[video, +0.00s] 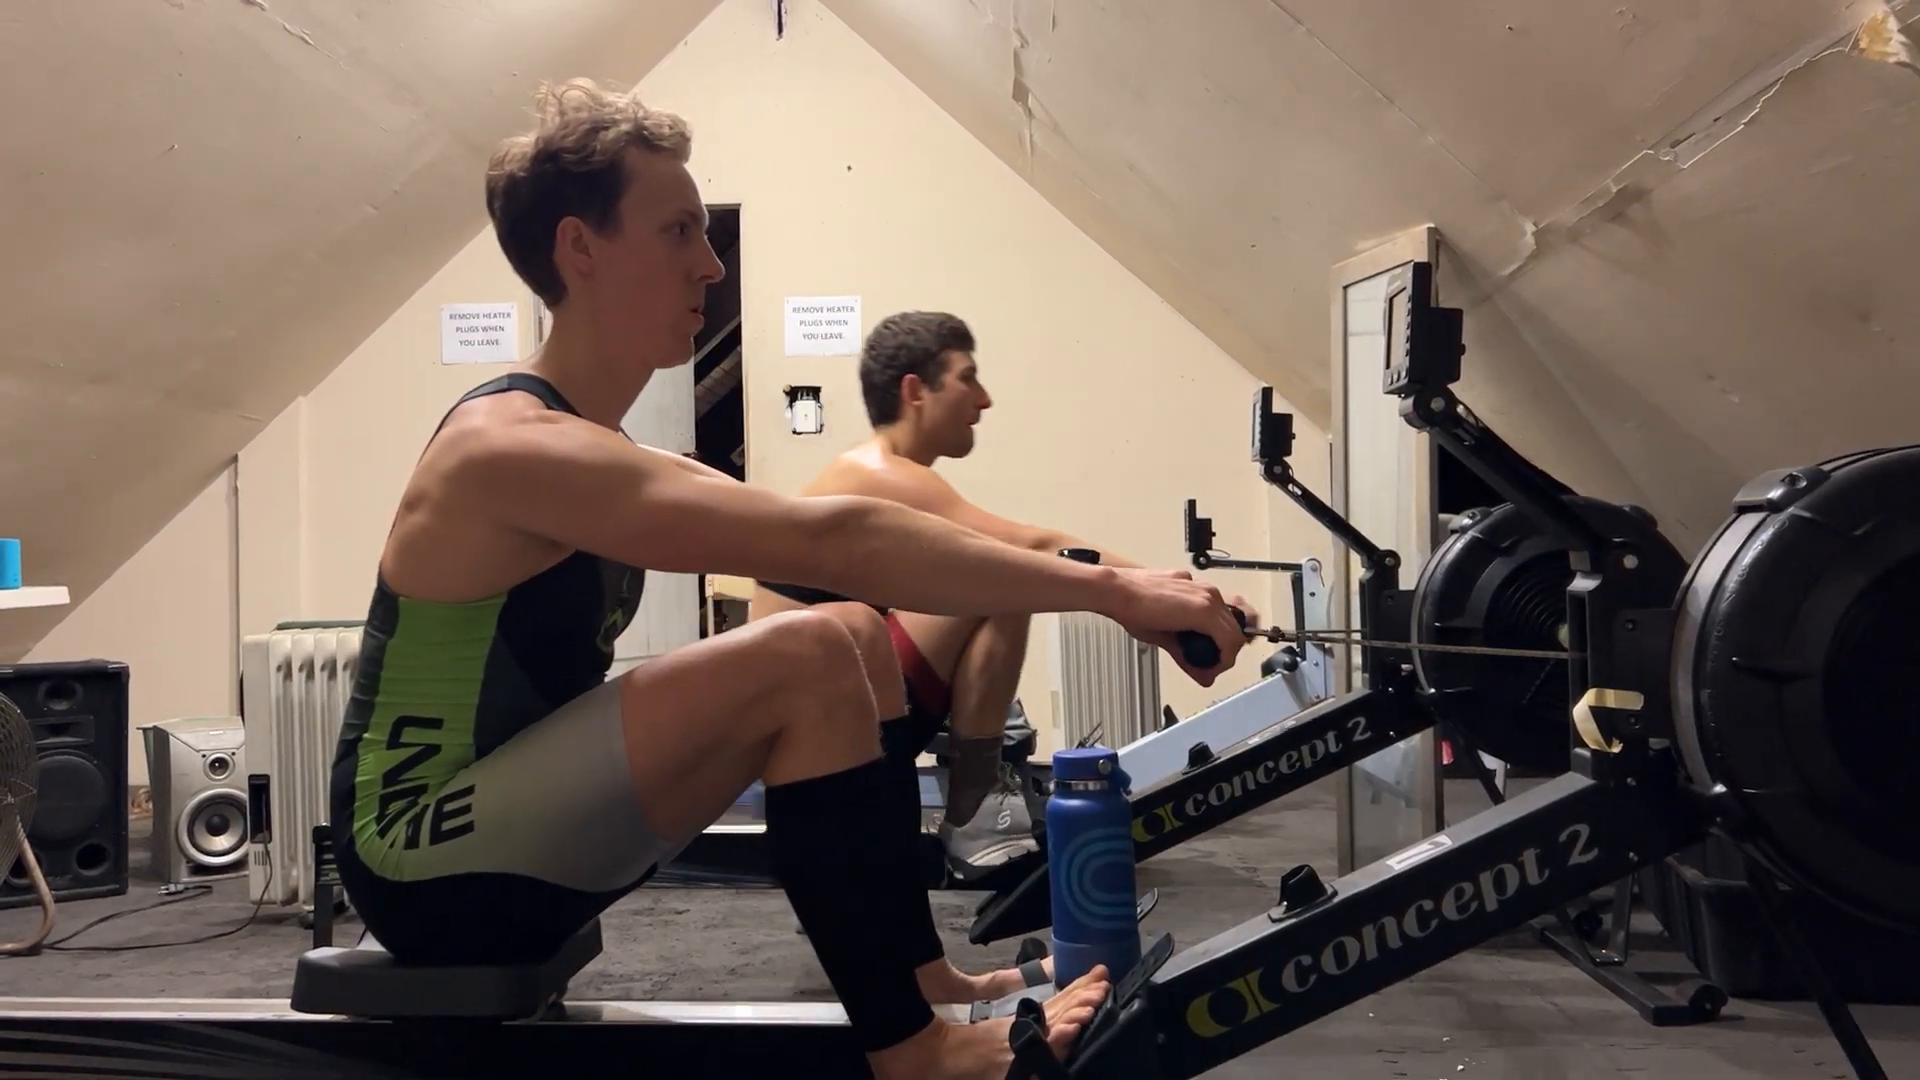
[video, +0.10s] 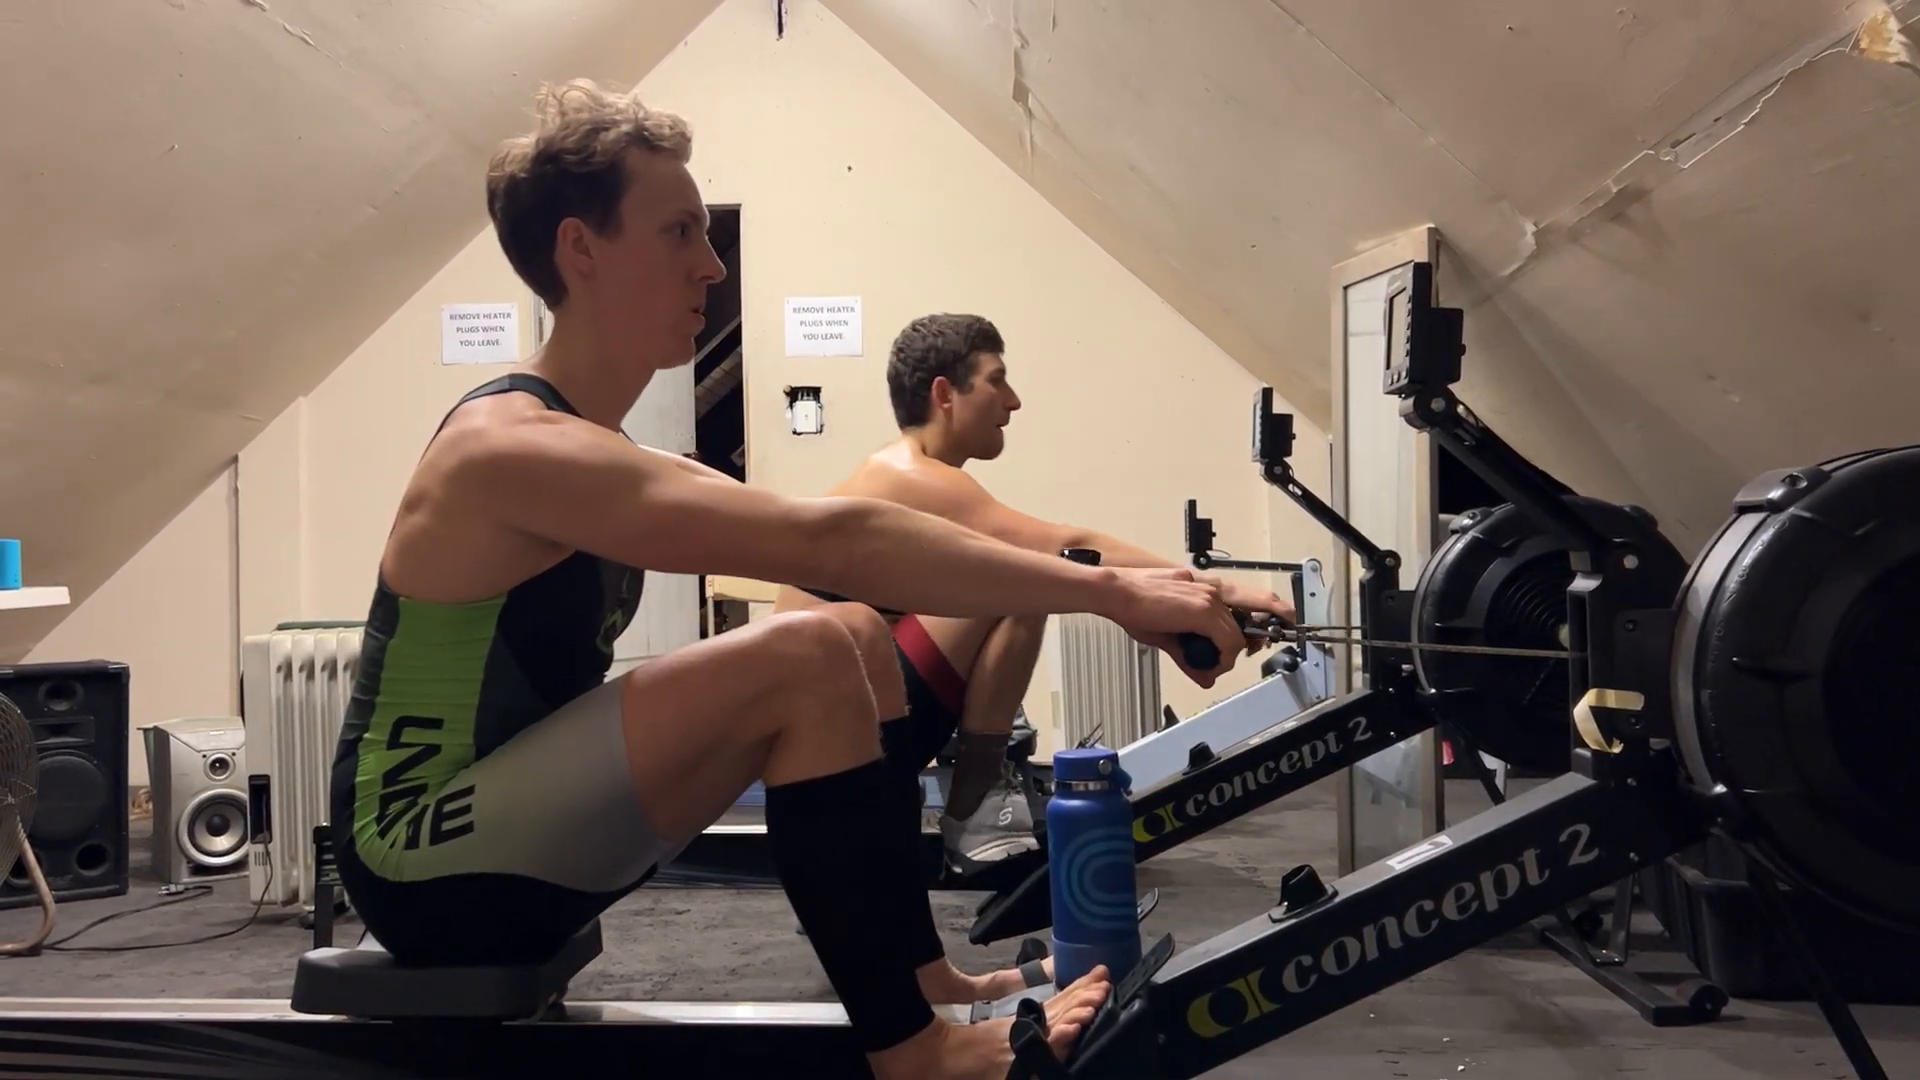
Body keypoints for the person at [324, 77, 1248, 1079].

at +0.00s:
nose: (713, 270)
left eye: (703, 237)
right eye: (681, 236)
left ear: (586, 257)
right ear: (578, 253)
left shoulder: (586, 446)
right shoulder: (513, 444)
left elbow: (825, 537)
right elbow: (826, 543)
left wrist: (1098, 577)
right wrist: (1112, 588)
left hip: (498, 825)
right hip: (430, 850)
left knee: (850, 643)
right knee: (805, 662)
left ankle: (919, 987)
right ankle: (900, 1043)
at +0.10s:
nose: (713, 271)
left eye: (704, 238)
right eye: (682, 237)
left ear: (588, 257)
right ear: (579, 253)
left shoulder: (586, 447)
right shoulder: (514, 445)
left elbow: (822, 547)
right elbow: (825, 544)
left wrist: (1098, 585)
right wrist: (1108, 589)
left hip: (497, 827)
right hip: (431, 852)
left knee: (849, 642)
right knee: (802, 661)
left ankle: (918, 988)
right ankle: (900, 1044)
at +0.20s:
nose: (714, 269)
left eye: (705, 238)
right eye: (683, 237)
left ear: (588, 257)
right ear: (580, 255)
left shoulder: (586, 448)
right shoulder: (514, 447)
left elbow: (828, 545)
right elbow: (826, 545)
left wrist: (1105, 584)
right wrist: (1108, 589)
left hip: (497, 827)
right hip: (431, 853)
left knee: (850, 642)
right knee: (805, 660)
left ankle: (920, 989)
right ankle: (902, 1045)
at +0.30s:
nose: (715, 270)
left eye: (705, 238)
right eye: (683, 237)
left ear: (589, 258)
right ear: (581, 255)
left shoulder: (585, 449)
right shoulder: (514, 447)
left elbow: (826, 545)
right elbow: (827, 544)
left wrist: (1101, 585)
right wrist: (1110, 591)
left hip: (497, 828)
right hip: (432, 854)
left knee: (849, 644)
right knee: (805, 662)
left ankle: (918, 988)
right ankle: (901, 1045)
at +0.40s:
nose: (717, 268)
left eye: (707, 237)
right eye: (684, 237)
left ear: (590, 257)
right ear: (582, 255)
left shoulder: (591, 449)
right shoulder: (515, 447)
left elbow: (853, 519)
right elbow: (830, 545)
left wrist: (1108, 579)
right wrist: (1107, 593)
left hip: (500, 825)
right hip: (431, 853)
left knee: (854, 643)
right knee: (804, 662)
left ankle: (925, 992)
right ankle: (903, 1045)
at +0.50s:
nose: (718, 269)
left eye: (709, 236)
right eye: (686, 236)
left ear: (590, 259)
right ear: (583, 256)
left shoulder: (589, 449)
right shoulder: (515, 446)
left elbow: (839, 545)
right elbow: (834, 546)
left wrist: (1096, 585)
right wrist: (1111, 593)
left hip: (499, 824)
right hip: (433, 851)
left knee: (847, 642)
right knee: (809, 658)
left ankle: (925, 995)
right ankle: (903, 1043)